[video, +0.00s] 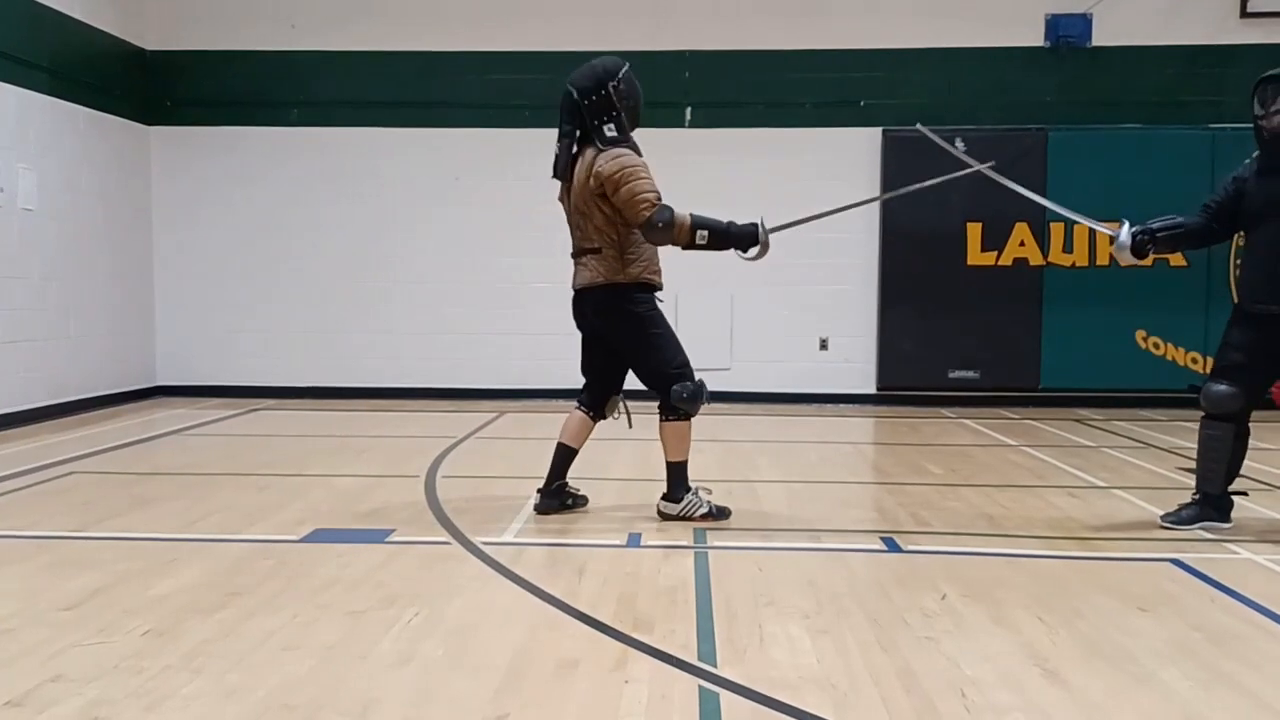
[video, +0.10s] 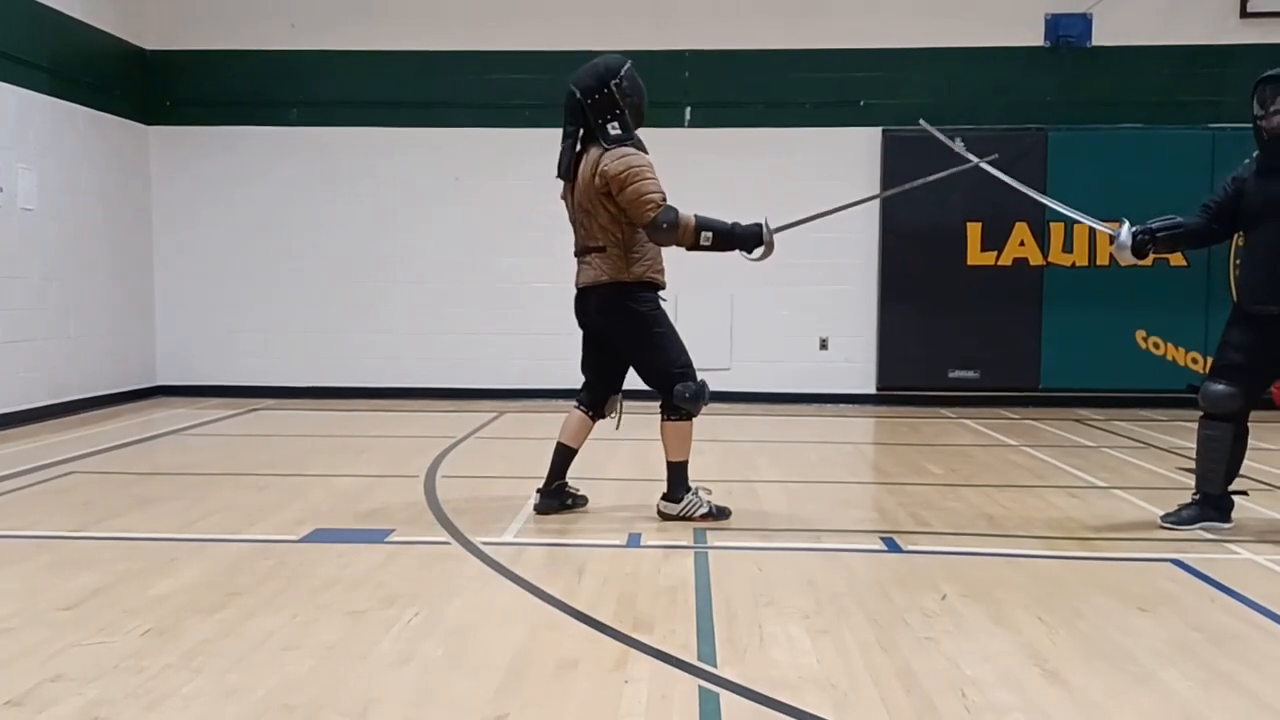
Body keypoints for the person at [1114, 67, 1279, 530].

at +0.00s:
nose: (1268, 121)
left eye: (1274, 113)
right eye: (1266, 112)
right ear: (1260, 118)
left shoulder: (1263, 172)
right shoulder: (1257, 172)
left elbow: (1212, 223)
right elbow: (1212, 223)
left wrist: (1146, 239)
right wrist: (1145, 237)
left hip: (1268, 308)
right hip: (1258, 307)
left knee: (1228, 394)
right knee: (1225, 394)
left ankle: (1212, 498)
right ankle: (1212, 499)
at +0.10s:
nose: (1268, 120)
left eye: (1274, 112)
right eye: (1265, 111)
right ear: (1259, 117)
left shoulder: (1263, 173)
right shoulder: (1256, 172)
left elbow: (1211, 223)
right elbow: (1211, 223)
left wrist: (1145, 239)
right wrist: (1145, 237)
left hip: (1268, 310)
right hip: (1257, 308)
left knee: (1226, 395)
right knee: (1223, 395)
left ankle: (1212, 499)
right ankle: (1212, 500)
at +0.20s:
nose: (1268, 121)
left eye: (1275, 113)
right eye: (1266, 112)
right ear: (1259, 117)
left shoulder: (1263, 171)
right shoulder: (1257, 171)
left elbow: (1212, 223)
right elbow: (1212, 222)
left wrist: (1145, 239)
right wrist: (1145, 237)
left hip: (1267, 310)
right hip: (1257, 308)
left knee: (1225, 395)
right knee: (1222, 394)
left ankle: (1212, 499)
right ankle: (1212, 500)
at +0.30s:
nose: (1271, 120)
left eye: (1277, 112)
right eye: (1268, 111)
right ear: (1261, 116)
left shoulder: (1265, 170)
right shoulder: (1258, 170)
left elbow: (1213, 223)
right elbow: (1213, 223)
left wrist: (1146, 239)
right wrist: (1145, 237)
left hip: (1269, 309)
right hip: (1258, 307)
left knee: (1224, 394)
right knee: (1221, 394)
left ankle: (1212, 499)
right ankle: (1212, 500)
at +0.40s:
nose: (1269, 121)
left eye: (1275, 113)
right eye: (1267, 112)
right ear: (1261, 117)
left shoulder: (1264, 172)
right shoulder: (1258, 172)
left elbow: (1213, 224)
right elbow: (1213, 223)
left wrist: (1146, 239)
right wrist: (1146, 237)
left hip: (1268, 310)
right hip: (1257, 309)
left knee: (1224, 395)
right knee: (1220, 395)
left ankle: (1212, 499)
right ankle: (1211, 500)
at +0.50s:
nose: (1270, 120)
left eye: (1276, 112)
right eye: (1268, 111)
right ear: (1261, 117)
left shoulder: (1264, 172)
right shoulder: (1257, 172)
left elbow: (1213, 223)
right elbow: (1212, 223)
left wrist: (1145, 240)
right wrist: (1145, 238)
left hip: (1268, 311)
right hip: (1257, 309)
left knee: (1225, 395)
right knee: (1221, 395)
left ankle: (1212, 499)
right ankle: (1211, 500)